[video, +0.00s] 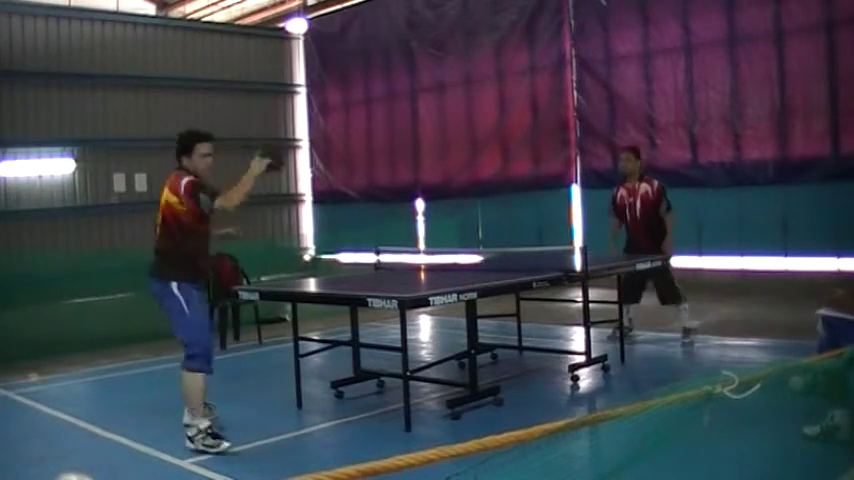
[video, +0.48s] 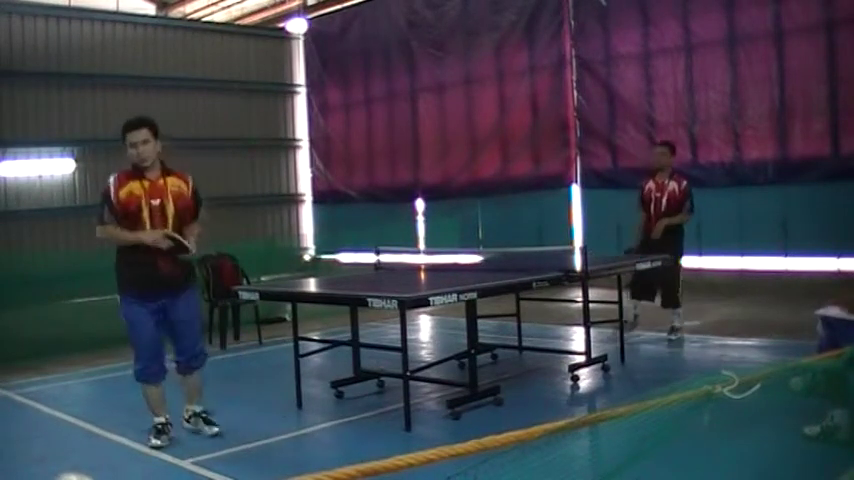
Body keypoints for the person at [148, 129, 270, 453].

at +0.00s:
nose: (210, 161)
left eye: (211, 155)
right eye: (204, 156)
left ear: (190, 160)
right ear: (185, 159)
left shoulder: (182, 182)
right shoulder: (184, 184)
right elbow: (227, 201)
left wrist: (221, 231)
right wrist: (252, 172)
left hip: (186, 276)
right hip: (175, 278)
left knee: (200, 344)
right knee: (197, 346)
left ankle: (197, 412)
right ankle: (196, 427)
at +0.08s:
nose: (202, 156)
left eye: (204, 150)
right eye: (195, 150)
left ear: (203, 152)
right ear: (177, 154)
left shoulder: (187, 182)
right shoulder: (173, 181)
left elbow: (188, 226)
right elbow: (203, 212)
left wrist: (220, 231)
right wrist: (239, 181)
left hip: (188, 275)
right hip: (168, 278)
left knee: (200, 340)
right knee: (185, 344)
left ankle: (194, 406)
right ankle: (178, 425)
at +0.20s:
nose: (186, 152)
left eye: (189, 146)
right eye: (177, 148)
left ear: (193, 149)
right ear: (164, 153)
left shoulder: (189, 184)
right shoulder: (159, 185)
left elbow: (189, 227)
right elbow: (166, 227)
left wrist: (219, 230)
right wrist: (209, 206)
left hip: (188, 278)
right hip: (161, 281)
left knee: (193, 344)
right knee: (167, 349)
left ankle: (194, 407)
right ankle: (165, 420)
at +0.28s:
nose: (169, 153)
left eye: (173, 146)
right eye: (161, 149)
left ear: (183, 148)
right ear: (152, 154)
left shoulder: (188, 187)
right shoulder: (144, 186)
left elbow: (186, 230)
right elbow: (141, 233)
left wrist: (207, 233)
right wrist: (189, 222)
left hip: (185, 282)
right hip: (153, 284)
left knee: (190, 347)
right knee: (160, 353)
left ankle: (193, 408)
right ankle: (162, 421)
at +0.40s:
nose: (149, 153)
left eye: (155, 145)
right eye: (142, 147)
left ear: (168, 147)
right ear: (135, 153)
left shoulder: (185, 186)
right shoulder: (126, 188)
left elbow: (197, 229)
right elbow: (113, 232)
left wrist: (191, 240)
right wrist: (158, 234)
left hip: (184, 287)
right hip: (143, 290)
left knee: (192, 350)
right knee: (153, 358)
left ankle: (194, 410)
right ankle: (161, 423)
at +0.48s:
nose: (140, 150)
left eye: (145, 142)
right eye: (133, 145)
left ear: (158, 144)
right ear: (126, 150)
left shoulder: (182, 183)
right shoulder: (117, 186)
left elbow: (194, 222)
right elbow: (103, 230)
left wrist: (190, 239)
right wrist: (144, 236)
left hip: (180, 286)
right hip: (138, 291)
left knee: (192, 352)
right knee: (149, 360)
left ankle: (194, 412)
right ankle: (160, 422)